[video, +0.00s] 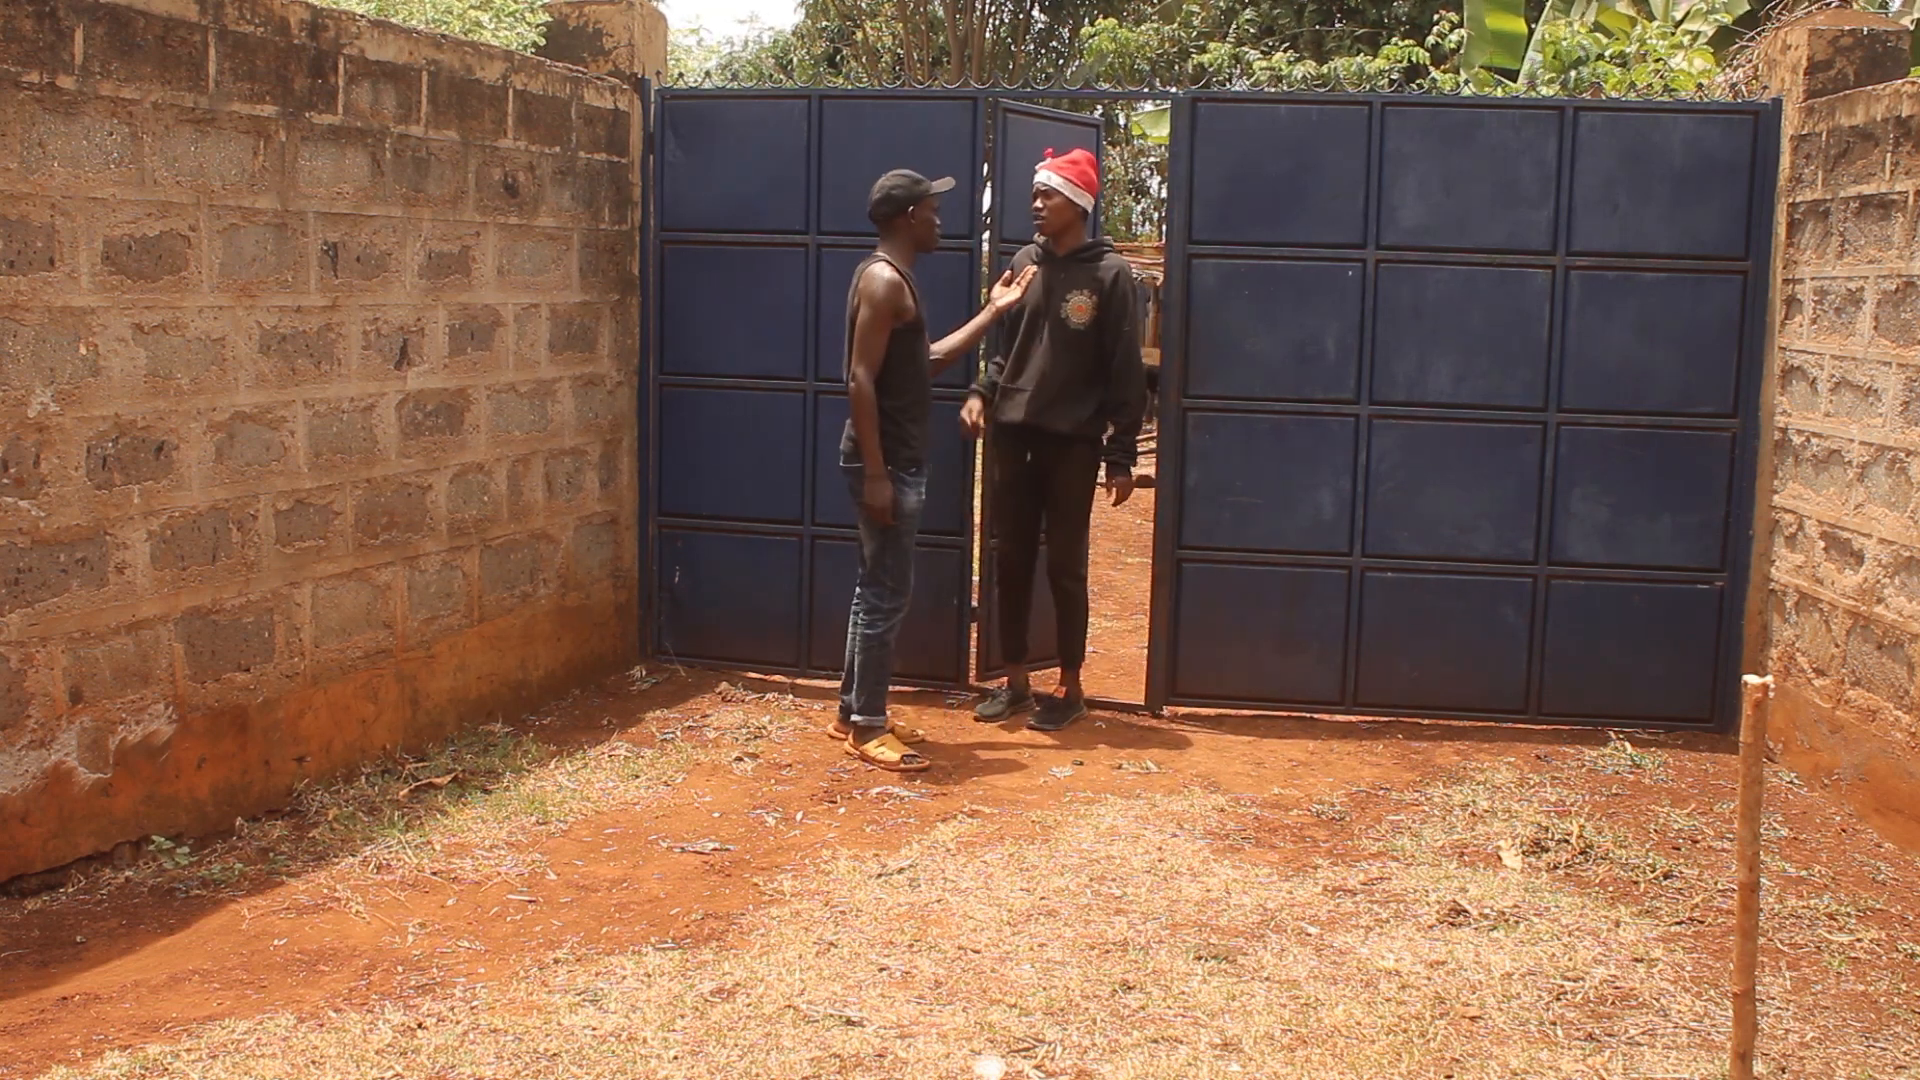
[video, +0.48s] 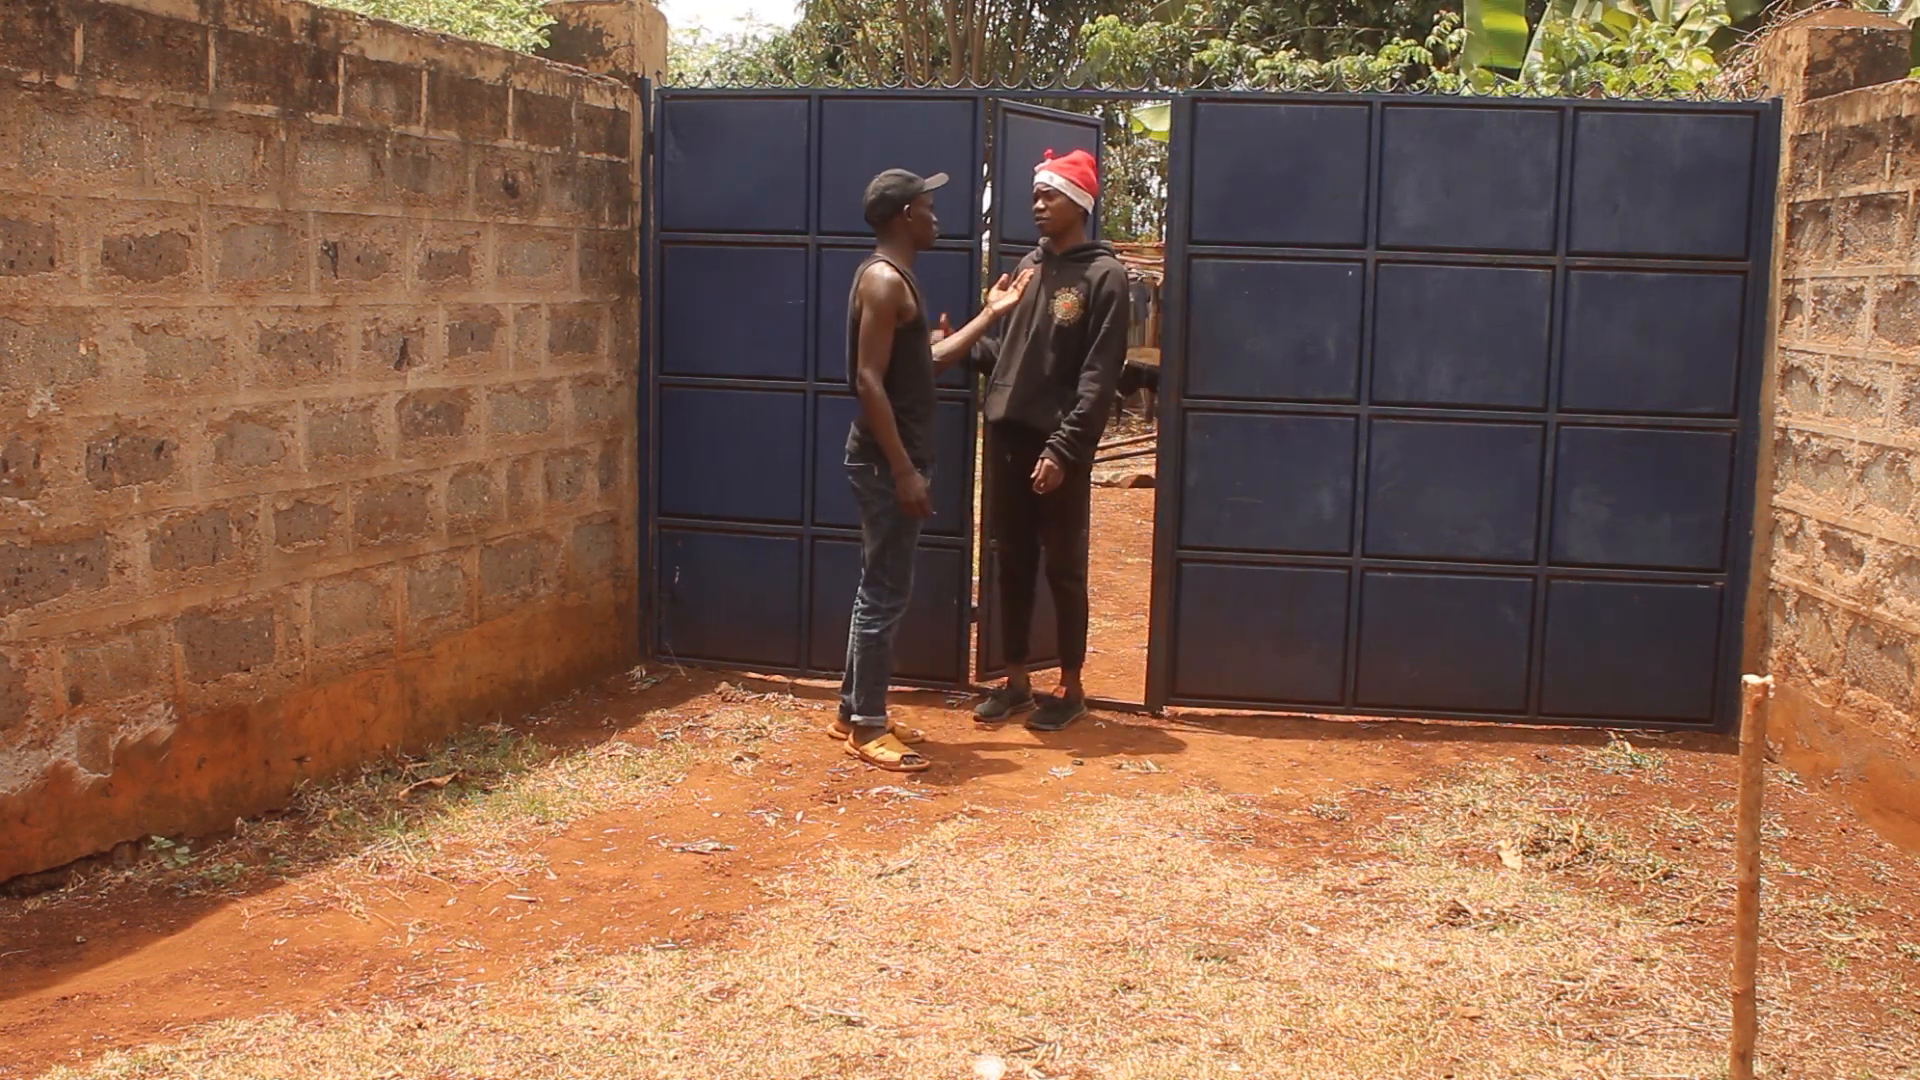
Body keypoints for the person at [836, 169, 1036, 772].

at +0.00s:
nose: (940, 220)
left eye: (937, 210)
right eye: (933, 210)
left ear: (901, 219)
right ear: (908, 217)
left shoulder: (891, 277)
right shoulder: (884, 281)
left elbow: (927, 358)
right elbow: (860, 379)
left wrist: (991, 309)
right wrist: (875, 472)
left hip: (896, 459)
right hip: (887, 463)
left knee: (879, 588)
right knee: (886, 592)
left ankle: (855, 706)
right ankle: (868, 725)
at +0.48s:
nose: (936, 214)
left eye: (932, 204)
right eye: (927, 205)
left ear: (898, 217)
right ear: (904, 215)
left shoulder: (896, 278)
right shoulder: (884, 281)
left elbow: (926, 358)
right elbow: (867, 381)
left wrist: (988, 311)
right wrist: (903, 468)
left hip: (897, 454)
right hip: (885, 458)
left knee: (883, 588)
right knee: (884, 592)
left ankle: (856, 707)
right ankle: (867, 725)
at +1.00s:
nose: (938, 213)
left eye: (934, 203)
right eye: (929, 203)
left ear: (901, 217)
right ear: (902, 215)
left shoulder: (901, 279)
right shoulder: (882, 282)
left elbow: (929, 356)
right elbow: (861, 382)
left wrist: (994, 311)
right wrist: (887, 473)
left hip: (902, 458)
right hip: (886, 462)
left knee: (882, 590)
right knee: (882, 594)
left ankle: (855, 707)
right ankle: (867, 728)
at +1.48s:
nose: (946, 236)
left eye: (947, 225)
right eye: (936, 226)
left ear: (916, 226)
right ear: (899, 224)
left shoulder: (914, 275)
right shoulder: (865, 286)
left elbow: (971, 312)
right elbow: (847, 386)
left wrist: (1043, 286)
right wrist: (881, 473)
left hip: (916, 457)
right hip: (876, 461)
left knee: (893, 589)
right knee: (871, 594)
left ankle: (854, 702)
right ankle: (865, 725)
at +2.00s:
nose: (936, 228)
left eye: (935, 219)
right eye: (930, 220)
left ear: (901, 226)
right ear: (902, 227)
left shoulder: (914, 275)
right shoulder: (845, 290)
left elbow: (968, 306)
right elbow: (811, 382)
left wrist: (1042, 274)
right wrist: (814, 475)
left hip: (904, 463)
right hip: (855, 466)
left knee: (889, 590)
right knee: (855, 596)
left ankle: (863, 711)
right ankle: (862, 731)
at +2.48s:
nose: (959, 241)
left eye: (960, 229)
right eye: (954, 229)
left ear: (926, 227)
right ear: (921, 225)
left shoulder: (925, 282)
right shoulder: (857, 277)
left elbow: (959, 339)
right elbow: (815, 367)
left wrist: (1026, 364)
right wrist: (821, 455)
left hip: (907, 460)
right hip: (857, 458)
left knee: (888, 588)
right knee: (856, 585)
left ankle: (859, 712)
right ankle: (824, 717)